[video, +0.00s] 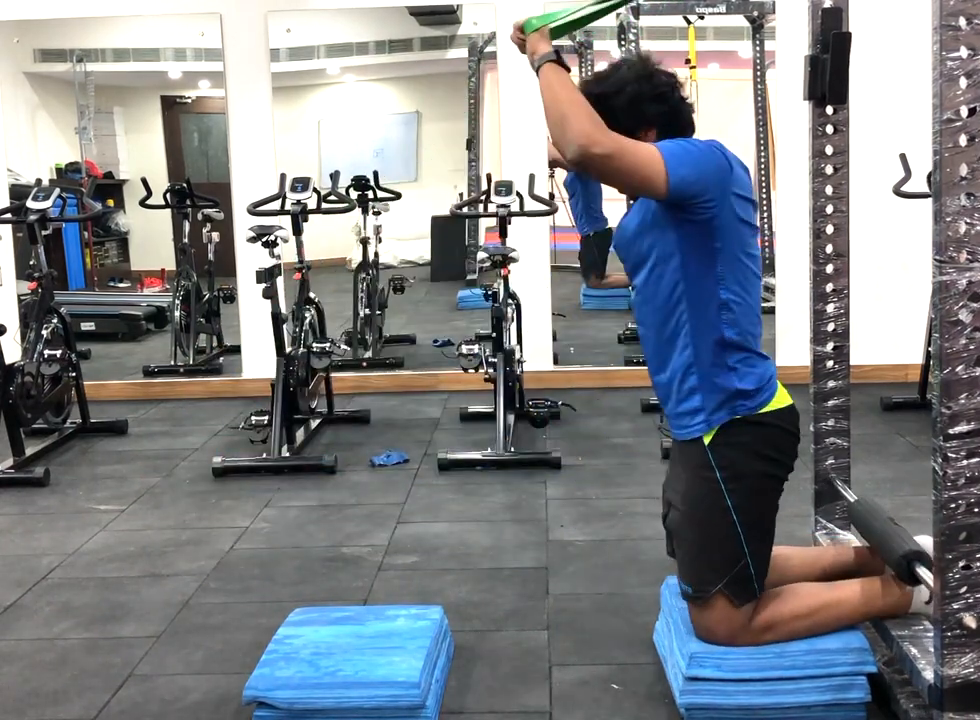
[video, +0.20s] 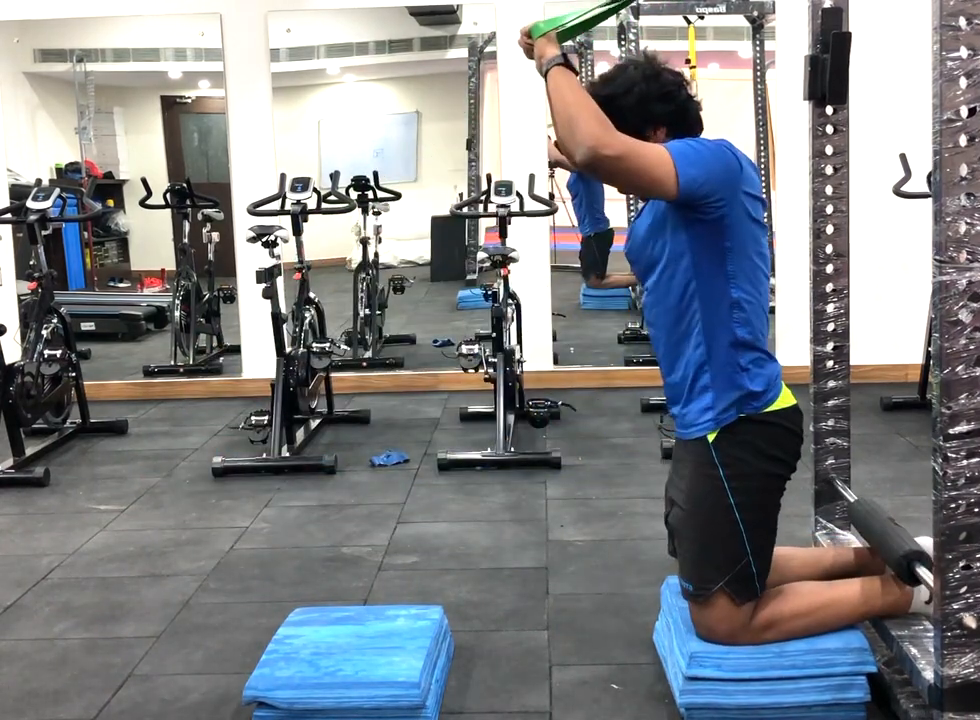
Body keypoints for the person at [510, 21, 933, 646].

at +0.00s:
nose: (606, 155)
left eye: (608, 140)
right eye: (601, 142)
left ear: (641, 132)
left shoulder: (703, 165)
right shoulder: (659, 196)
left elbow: (587, 145)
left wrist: (545, 58)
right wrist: (575, 167)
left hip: (735, 426)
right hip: (699, 427)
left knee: (725, 621)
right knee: (706, 575)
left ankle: (905, 590)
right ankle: (872, 557)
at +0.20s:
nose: (611, 151)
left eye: (615, 137)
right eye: (607, 136)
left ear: (654, 133)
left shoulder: (712, 163)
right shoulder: (671, 194)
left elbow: (595, 149)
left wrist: (551, 60)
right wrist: (583, 164)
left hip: (740, 424)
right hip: (705, 423)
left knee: (725, 620)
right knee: (708, 575)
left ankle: (908, 589)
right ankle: (868, 557)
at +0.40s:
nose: (606, 155)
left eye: (608, 141)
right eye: (602, 143)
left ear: (641, 132)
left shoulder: (702, 165)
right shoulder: (655, 204)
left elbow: (580, 144)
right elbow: (603, 270)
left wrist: (543, 57)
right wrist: (577, 173)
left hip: (731, 425)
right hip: (695, 426)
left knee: (723, 620)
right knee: (708, 580)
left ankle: (904, 589)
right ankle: (871, 557)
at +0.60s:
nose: (574, 165)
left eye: (573, 150)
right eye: (562, 152)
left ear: (604, 139)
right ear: (618, 136)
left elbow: (549, 155)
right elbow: (549, 160)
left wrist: (505, 67)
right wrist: (506, 74)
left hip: (720, 426)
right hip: (683, 428)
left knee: (721, 622)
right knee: (706, 585)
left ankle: (901, 587)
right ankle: (868, 553)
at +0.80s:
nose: (527, 181)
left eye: (525, 166)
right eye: (521, 166)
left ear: (553, 151)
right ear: (571, 144)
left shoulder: (623, 177)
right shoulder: (599, 206)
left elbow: (501, 171)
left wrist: (460, 86)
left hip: (699, 428)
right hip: (673, 431)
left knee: (718, 621)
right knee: (712, 576)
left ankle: (901, 575)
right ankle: (863, 547)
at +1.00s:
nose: (477, 203)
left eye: (476, 189)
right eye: (471, 191)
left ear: (501, 176)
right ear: (520, 156)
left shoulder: (571, 196)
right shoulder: (555, 214)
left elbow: (448, 202)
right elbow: (453, 204)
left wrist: (413, 108)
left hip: (680, 431)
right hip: (656, 434)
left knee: (721, 624)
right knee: (709, 583)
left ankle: (900, 579)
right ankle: (865, 544)